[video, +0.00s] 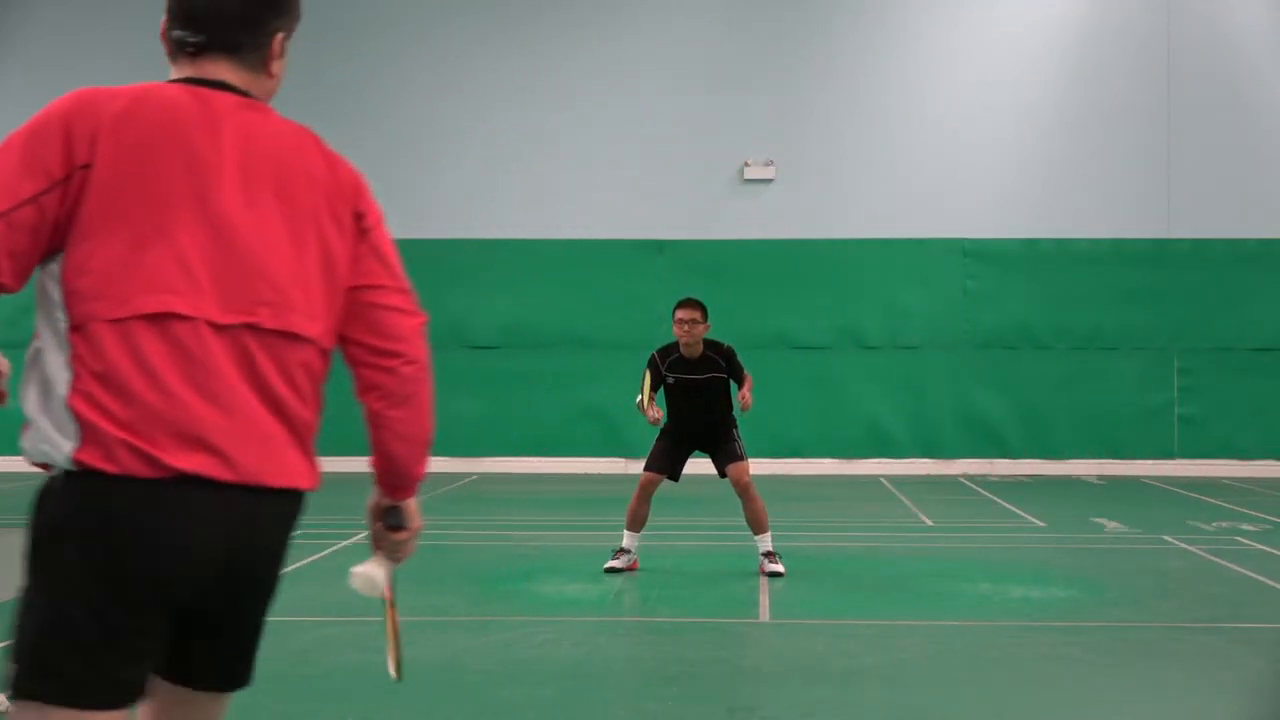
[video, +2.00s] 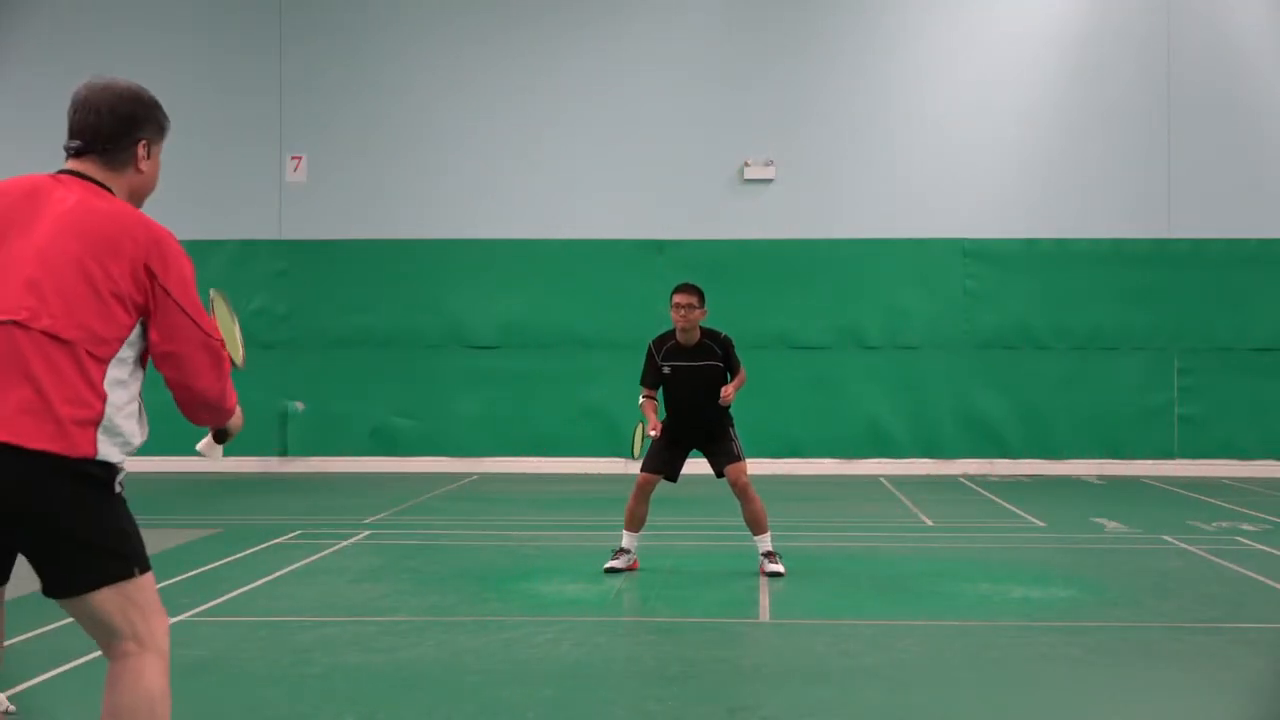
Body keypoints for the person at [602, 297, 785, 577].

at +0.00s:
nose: (685, 328)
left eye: (692, 323)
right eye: (680, 322)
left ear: (705, 327)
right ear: (673, 326)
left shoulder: (723, 355)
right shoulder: (661, 358)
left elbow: (745, 378)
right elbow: (645, 396)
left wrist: (746, 391)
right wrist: (651, 410)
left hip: (720, 431)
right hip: (677, 431)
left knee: (743, 482)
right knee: (646, 484)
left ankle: (767, 553)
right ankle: (627, 551)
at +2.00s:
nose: (681, 312)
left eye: (688, 308)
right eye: (677, 307)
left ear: (702, 313)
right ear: (670, 311)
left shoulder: (720, 343)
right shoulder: (659, 347)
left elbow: (739, 375)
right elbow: (648, 394)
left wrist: (732, 387)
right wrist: (652, 419)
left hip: (716, 424)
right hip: (675, 425)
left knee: (740, 482)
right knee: (644, 482)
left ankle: (767, 553)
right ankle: (627, 551)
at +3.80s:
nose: (669, 317)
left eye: (678, 314)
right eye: (666, 312)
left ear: (692, 323)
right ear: (660, 318)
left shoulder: (708, 354)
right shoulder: (649, 357)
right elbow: (632, 401)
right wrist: (626, 424)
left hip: (709, 430)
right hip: (668, 430)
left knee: (735, 488)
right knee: (639, 480)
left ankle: (768, 553)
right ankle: (621, 552)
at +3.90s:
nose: (661, 311)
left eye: (671, 309)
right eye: (660, 306)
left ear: (684, 322)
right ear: (653, 312)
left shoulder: (696, 354)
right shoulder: (639, 352)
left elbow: (721, 387)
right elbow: (622, 392)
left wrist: (722, 404)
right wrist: (604, 412)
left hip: (696, 431)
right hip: (658, 431)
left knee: (718, 488)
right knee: (635, 481)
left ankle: (762, 548)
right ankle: (620, 553)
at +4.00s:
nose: (652, 301)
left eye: (661, 300)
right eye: (652, 296)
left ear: (675, 314)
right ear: (647, 303)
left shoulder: (687, 347)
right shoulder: (634, 342)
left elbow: (714, 382)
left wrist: (711, 398)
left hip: (690, 422)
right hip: (654, 423)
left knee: (693, 478)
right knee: (628, 476)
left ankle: (730, 550)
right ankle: (615, 549)